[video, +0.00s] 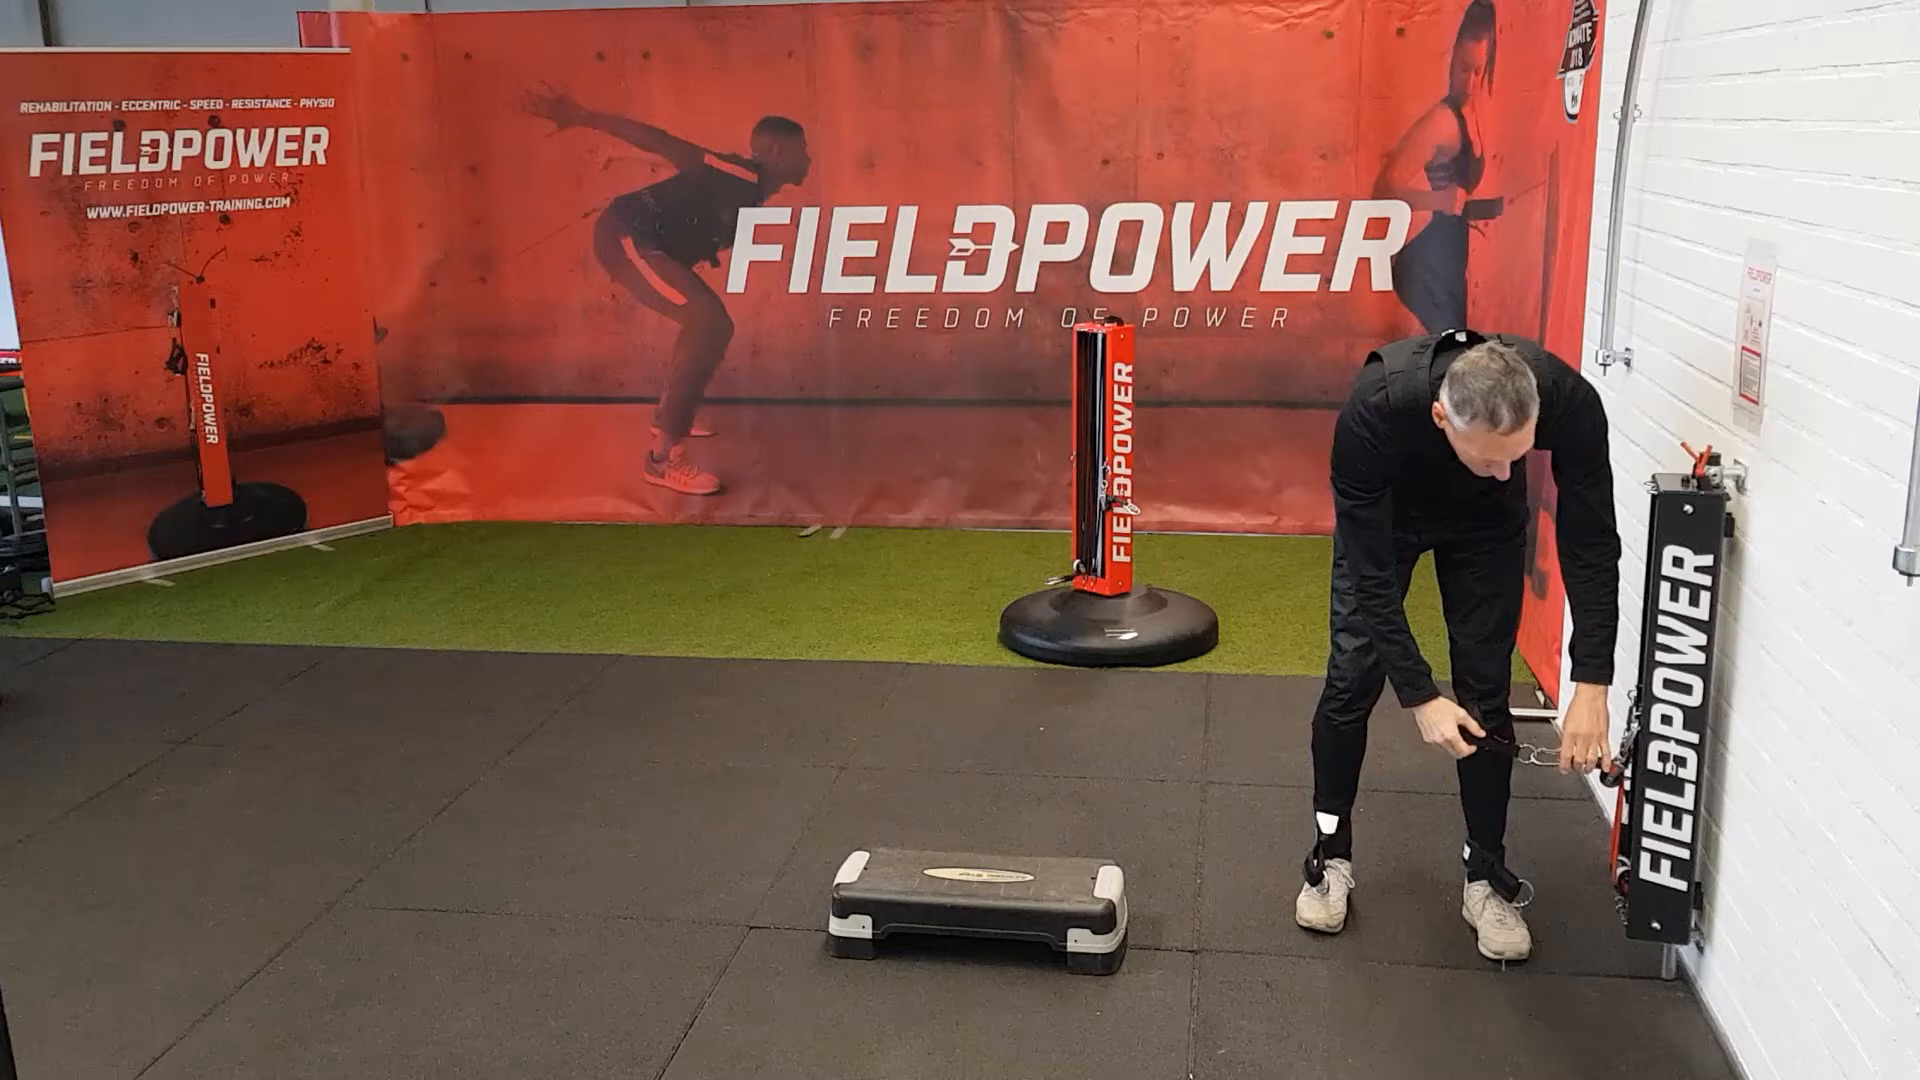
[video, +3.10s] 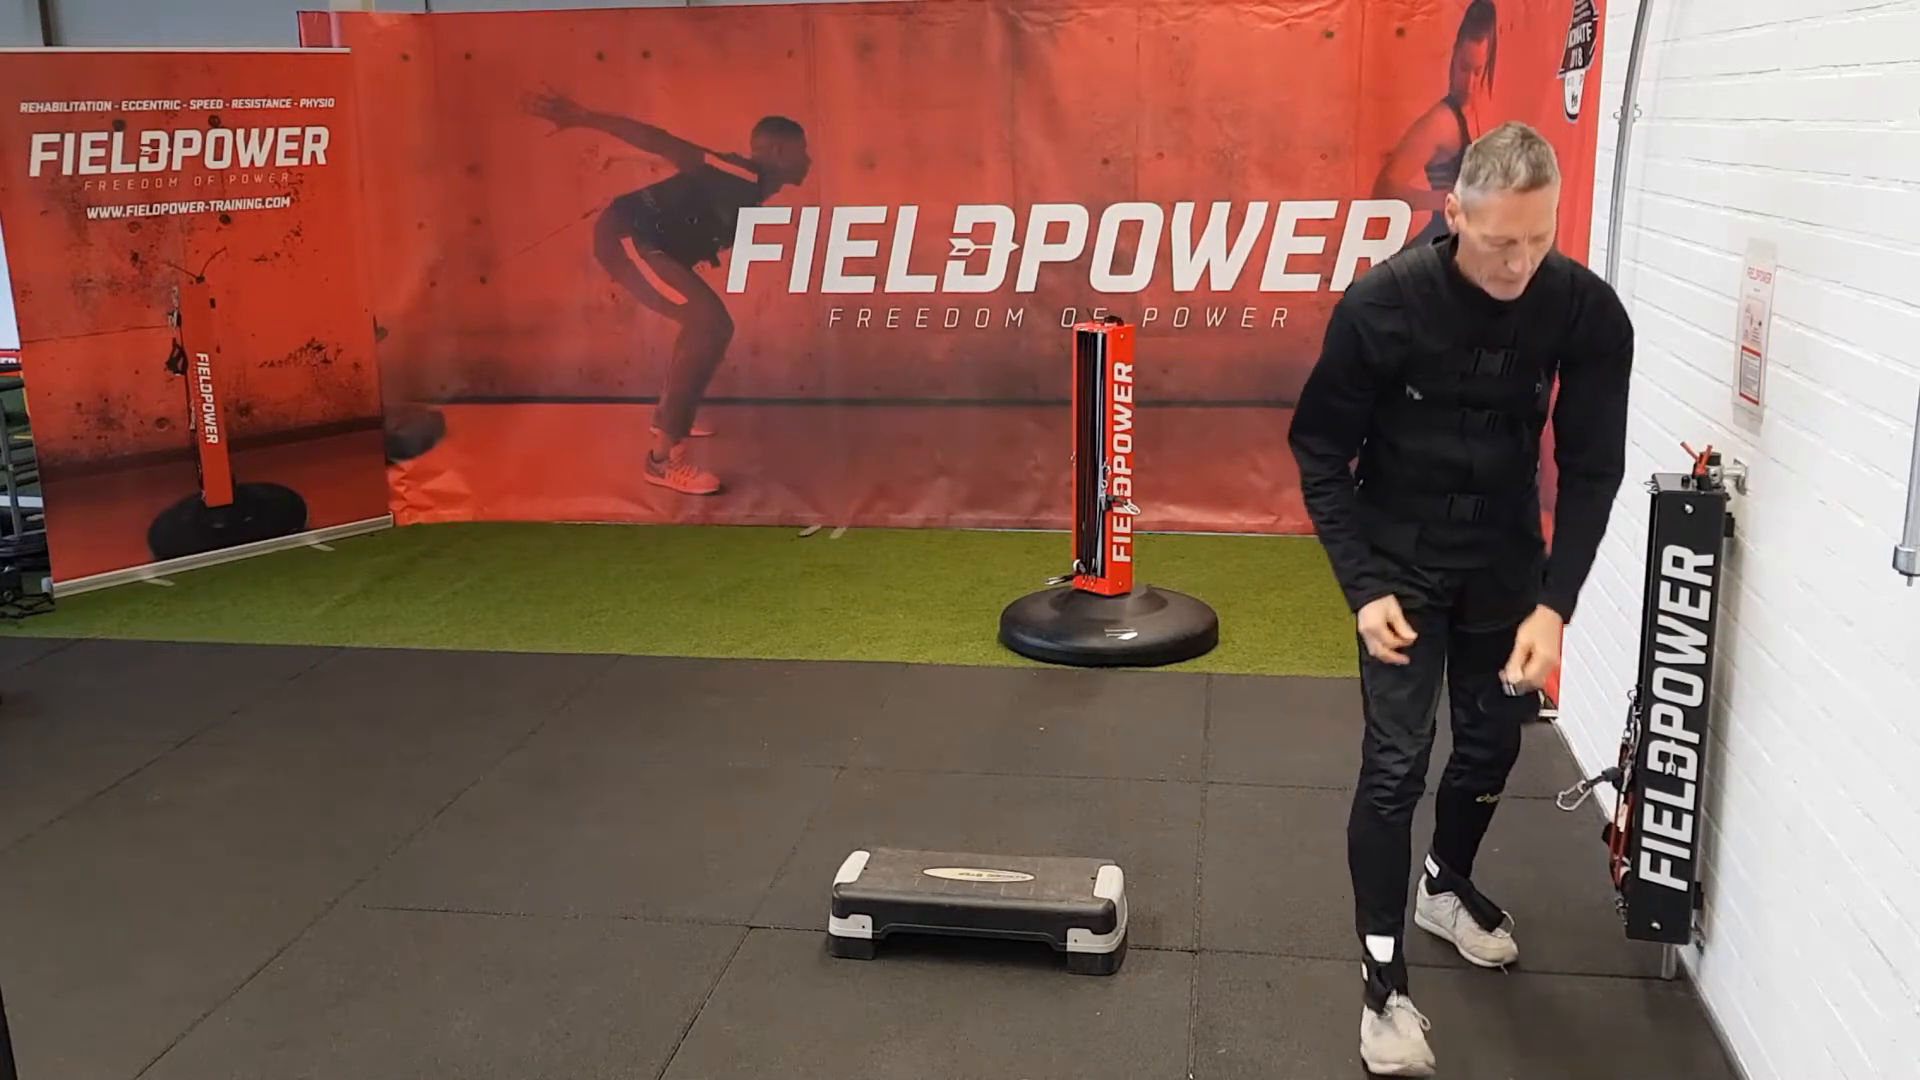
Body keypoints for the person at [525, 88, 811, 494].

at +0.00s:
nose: (808, 159)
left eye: (805, 150)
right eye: (800, 150)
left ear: (774, 151)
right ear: (772, 150)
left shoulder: (748, 191)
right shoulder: (733, 179)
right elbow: (659, 141)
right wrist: (583, 116)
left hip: (645, 237)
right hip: (627, 233)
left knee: (715, 323)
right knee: (709, 323)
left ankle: (671, 414)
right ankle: (664, 457)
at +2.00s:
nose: (808, 158)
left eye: (805, 149)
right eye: (800, 150)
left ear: (773, 151)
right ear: (772, 151)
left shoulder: (744, 185)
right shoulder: (735, 181)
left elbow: (659, 142)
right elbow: (658, 141)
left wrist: (583, 116)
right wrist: (583, 117)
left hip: (638, 234)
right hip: (627, 234)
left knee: (709, 322)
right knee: (713, 326)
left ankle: (670, 414)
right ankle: (664, 457)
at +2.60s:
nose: (808, 158)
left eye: (805, 149)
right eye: (801, 149)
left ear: (774, 151)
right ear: (774, 150)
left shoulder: (746, 186)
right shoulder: (734, 179)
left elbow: (660, 142)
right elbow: (658, 141)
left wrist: (583, 116)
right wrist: (583, 117)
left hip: (641, 235)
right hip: (627, 233)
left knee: (709, 322)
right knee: (713, 326)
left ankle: (670, 413)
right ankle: (664, 457)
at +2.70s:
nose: (807, 159)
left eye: (805, 150)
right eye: (801, 149)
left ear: (773, 151)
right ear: (772, 150)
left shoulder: (749, 190)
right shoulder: (735, 179)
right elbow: (661, 142)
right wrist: (582, 117)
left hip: (643, 236)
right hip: (626, 234)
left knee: (709, 322)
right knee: (712, 326)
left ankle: (670, 414)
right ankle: (665, 457)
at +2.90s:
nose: (807, 159)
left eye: (804, 150)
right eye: (800, 150)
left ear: (774, 151)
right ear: (772, 150)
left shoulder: (750, 191)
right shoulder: (736, 177)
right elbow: (661, 143)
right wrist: (582, 117)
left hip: (643, 236)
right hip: (627, 234)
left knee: (708, 322)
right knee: (713, 325)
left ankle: (670, 414)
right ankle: (665, 457)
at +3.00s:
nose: (807, 159)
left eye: (804, 150)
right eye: (801, 150)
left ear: (773, 151)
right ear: (772, 150)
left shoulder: (749, 189)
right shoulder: (737, 178)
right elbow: (662, 143)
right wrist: (582, 117)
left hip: (642, 237)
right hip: (627, 235)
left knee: (710, 322)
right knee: (712, 325)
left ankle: (670, 413)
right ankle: (665, 458)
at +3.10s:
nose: (807, 159)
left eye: (804, 150)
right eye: (800, 150)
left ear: (774, 151)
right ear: (772, 150)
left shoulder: (750, 190)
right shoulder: (736, 177)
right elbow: (661, 143)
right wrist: (582, 117)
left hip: (643, 236)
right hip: (627, 234)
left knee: (708, 322)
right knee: (713, 325)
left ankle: (670, 414)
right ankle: (665, 457)